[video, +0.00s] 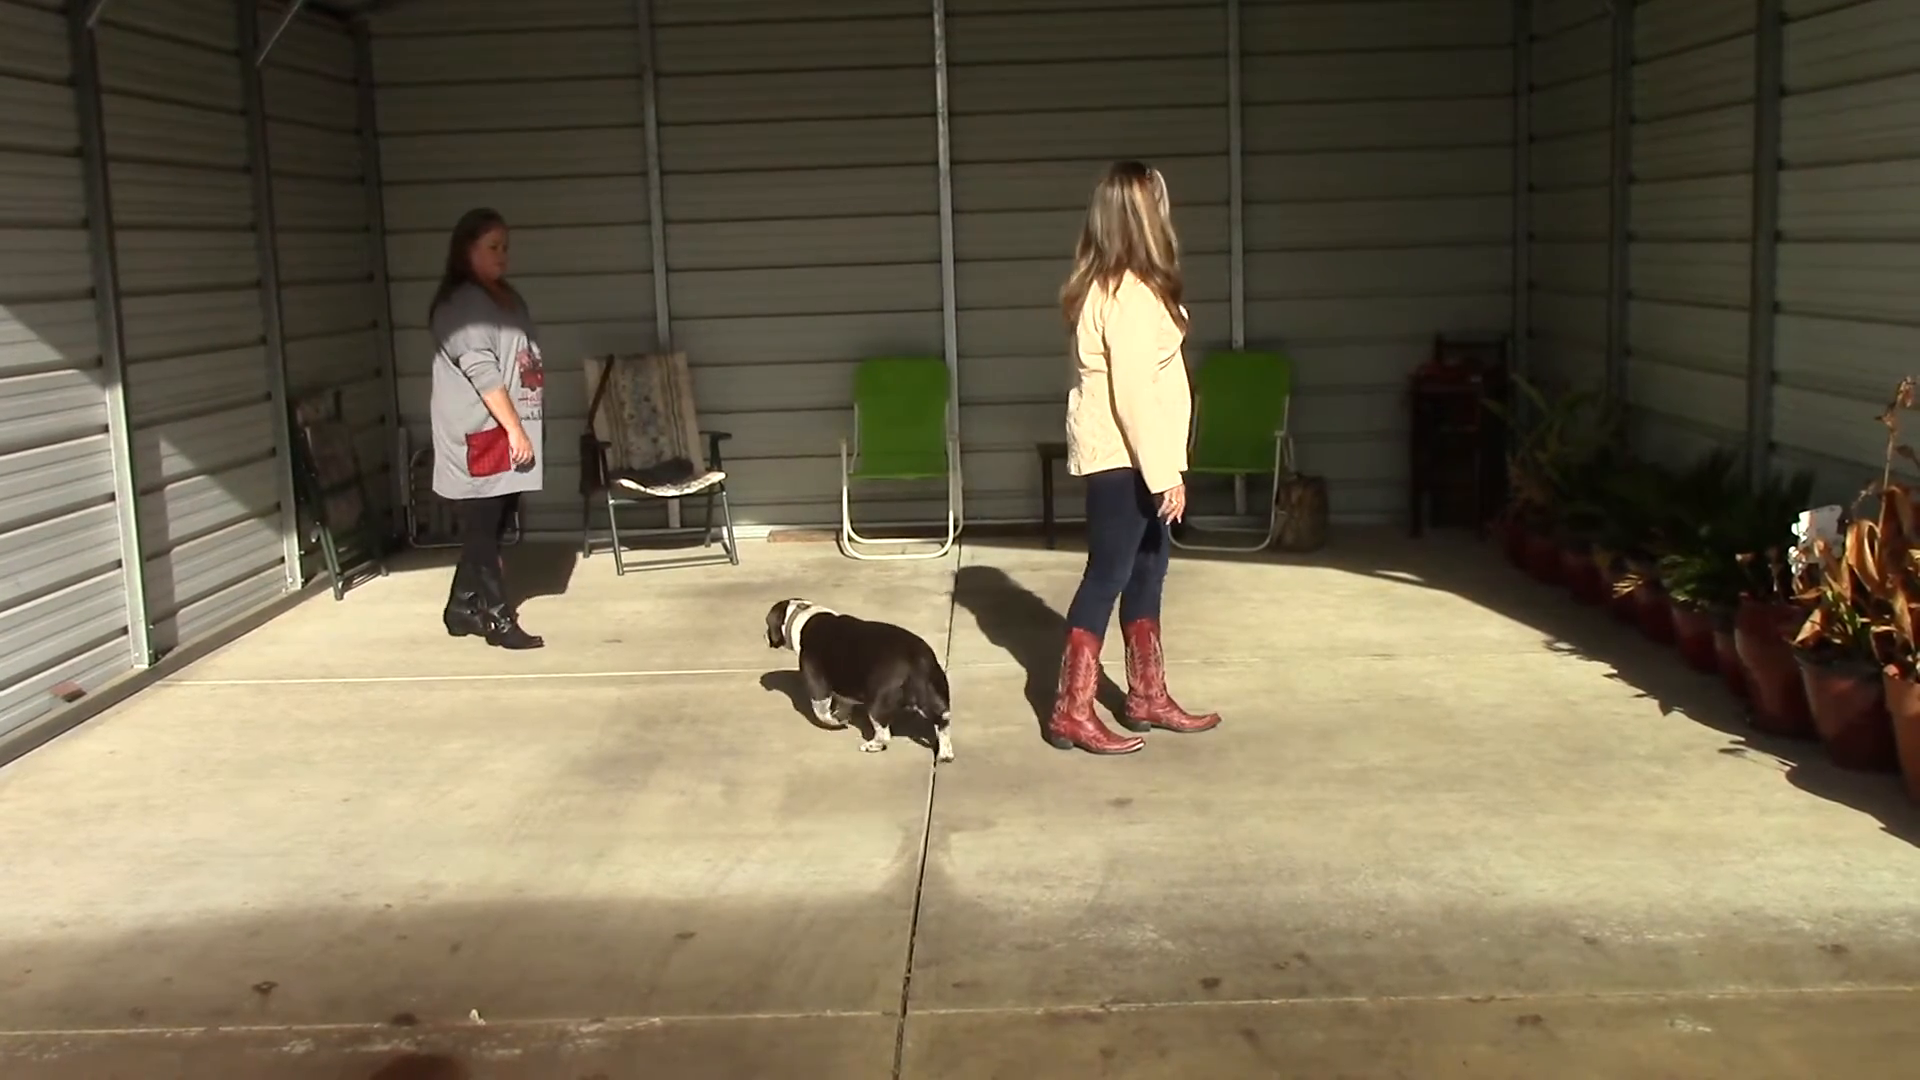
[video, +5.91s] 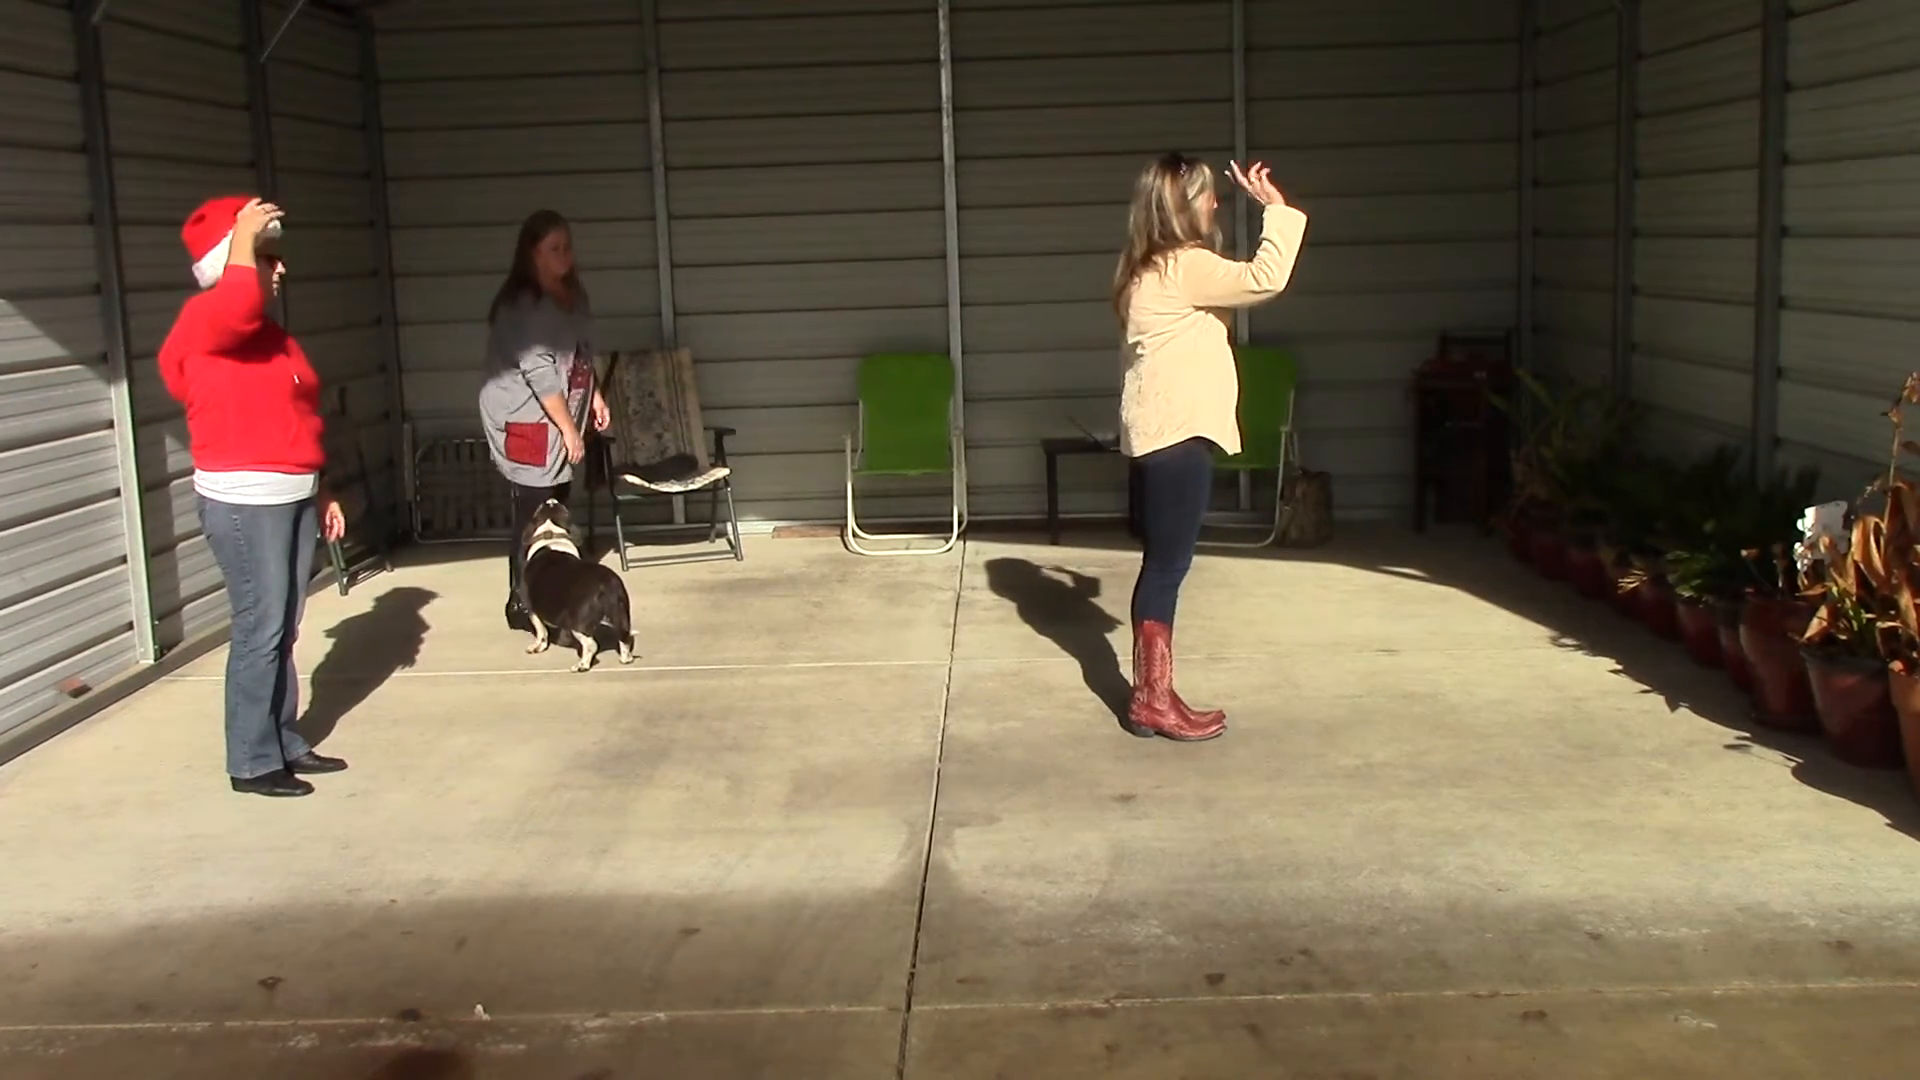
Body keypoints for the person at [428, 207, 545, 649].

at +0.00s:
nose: (502, 255)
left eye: (504, 247)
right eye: (493, 247)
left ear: (505, 251)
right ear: (467, 251)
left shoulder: (506, 298)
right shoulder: (461, 306)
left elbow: (515, 364)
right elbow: (483, 375)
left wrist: (522, 419)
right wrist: (514, 428)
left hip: (501, 429)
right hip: (472, 433)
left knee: (492, 517)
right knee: (482, 521)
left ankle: (463, 603)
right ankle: (497, 615)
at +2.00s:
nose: (497, 265)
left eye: (501, 256)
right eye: (489, 256)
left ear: (503, 256)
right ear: (465, 255)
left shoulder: (497, 300)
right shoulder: (455, 305)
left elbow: (502, 367)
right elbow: (468, 377)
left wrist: (509, 429)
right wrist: (489, 435)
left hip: (485, 429)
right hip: (469, 432)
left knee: (471, 515)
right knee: (489, 517)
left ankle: (464, 604)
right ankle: (497, 610)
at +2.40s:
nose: (534, 303)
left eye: (539, 295)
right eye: (526, 294)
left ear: (543, 293)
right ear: (501, 292)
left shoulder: (528, 330)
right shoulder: (489, 333)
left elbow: (524, 398)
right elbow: (490, 407)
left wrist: (512, 452)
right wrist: (512, 470)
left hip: (479, 422)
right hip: (447, 421)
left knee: (480, 509)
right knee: (490, 509)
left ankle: (464, 603)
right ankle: (499, 610)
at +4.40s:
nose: (577, 340)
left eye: (582, 333)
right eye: (571, 331)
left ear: (587, 328)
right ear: (549, 321)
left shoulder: (530, 343)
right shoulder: (530, 362)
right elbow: (512, 435)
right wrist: (517, 501)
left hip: (450, 409)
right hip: (450, 416)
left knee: (480, 507)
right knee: (496, 508)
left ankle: (465, 604)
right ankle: (502, 611)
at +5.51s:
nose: (572, 300)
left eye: (576, 291)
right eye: (563, 291)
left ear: (580, 291)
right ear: (541, 290)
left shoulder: (566, 332)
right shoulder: (518, 336)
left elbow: (553, 393)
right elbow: (513, 407)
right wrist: (530, 464)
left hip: (515, 419)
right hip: (477, 419)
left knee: (516, 507)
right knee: (505, 509)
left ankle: (512, 605)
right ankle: (500, 611)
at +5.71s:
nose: (569, 272)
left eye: (572, 264)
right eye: (560, 264)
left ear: (577, 266)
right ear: (536, 268)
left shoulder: (568, 311)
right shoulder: (525, 324)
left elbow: (564, 378)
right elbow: (522, 395)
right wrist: (535, 451)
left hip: (547, 429)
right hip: (509, 432)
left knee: (549, 517)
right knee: (516, 521)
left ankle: (548, 603)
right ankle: (509, 608)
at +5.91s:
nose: (566, 255)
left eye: (567, 247)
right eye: (556, 249)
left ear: (571, 249)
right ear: (534, 253)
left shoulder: (572, 293)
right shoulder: (522, 303)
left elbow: (579, 351)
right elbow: (538, 372)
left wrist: (593, 394)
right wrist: (567, 427)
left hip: (556, 408)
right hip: (521, 413)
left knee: (556, 504)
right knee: (531, 508)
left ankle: (552, 593)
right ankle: (522, 598)